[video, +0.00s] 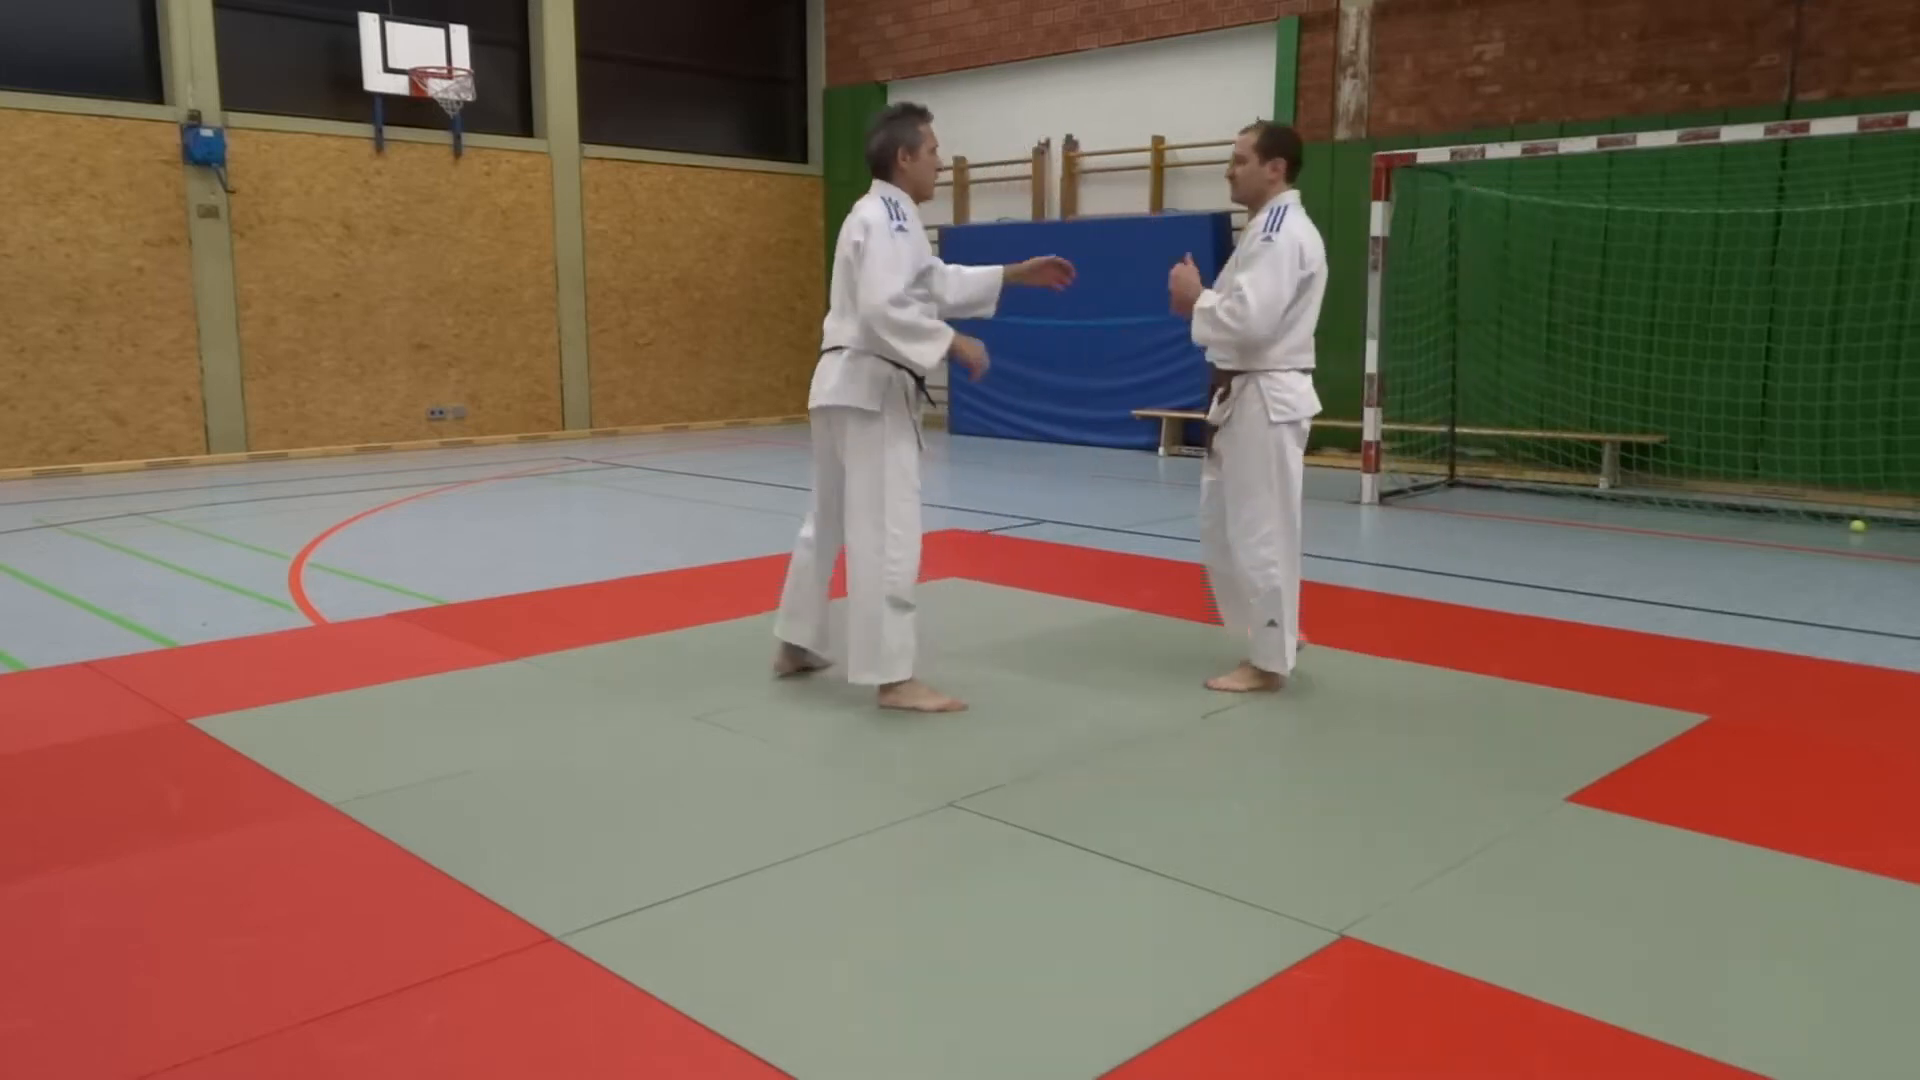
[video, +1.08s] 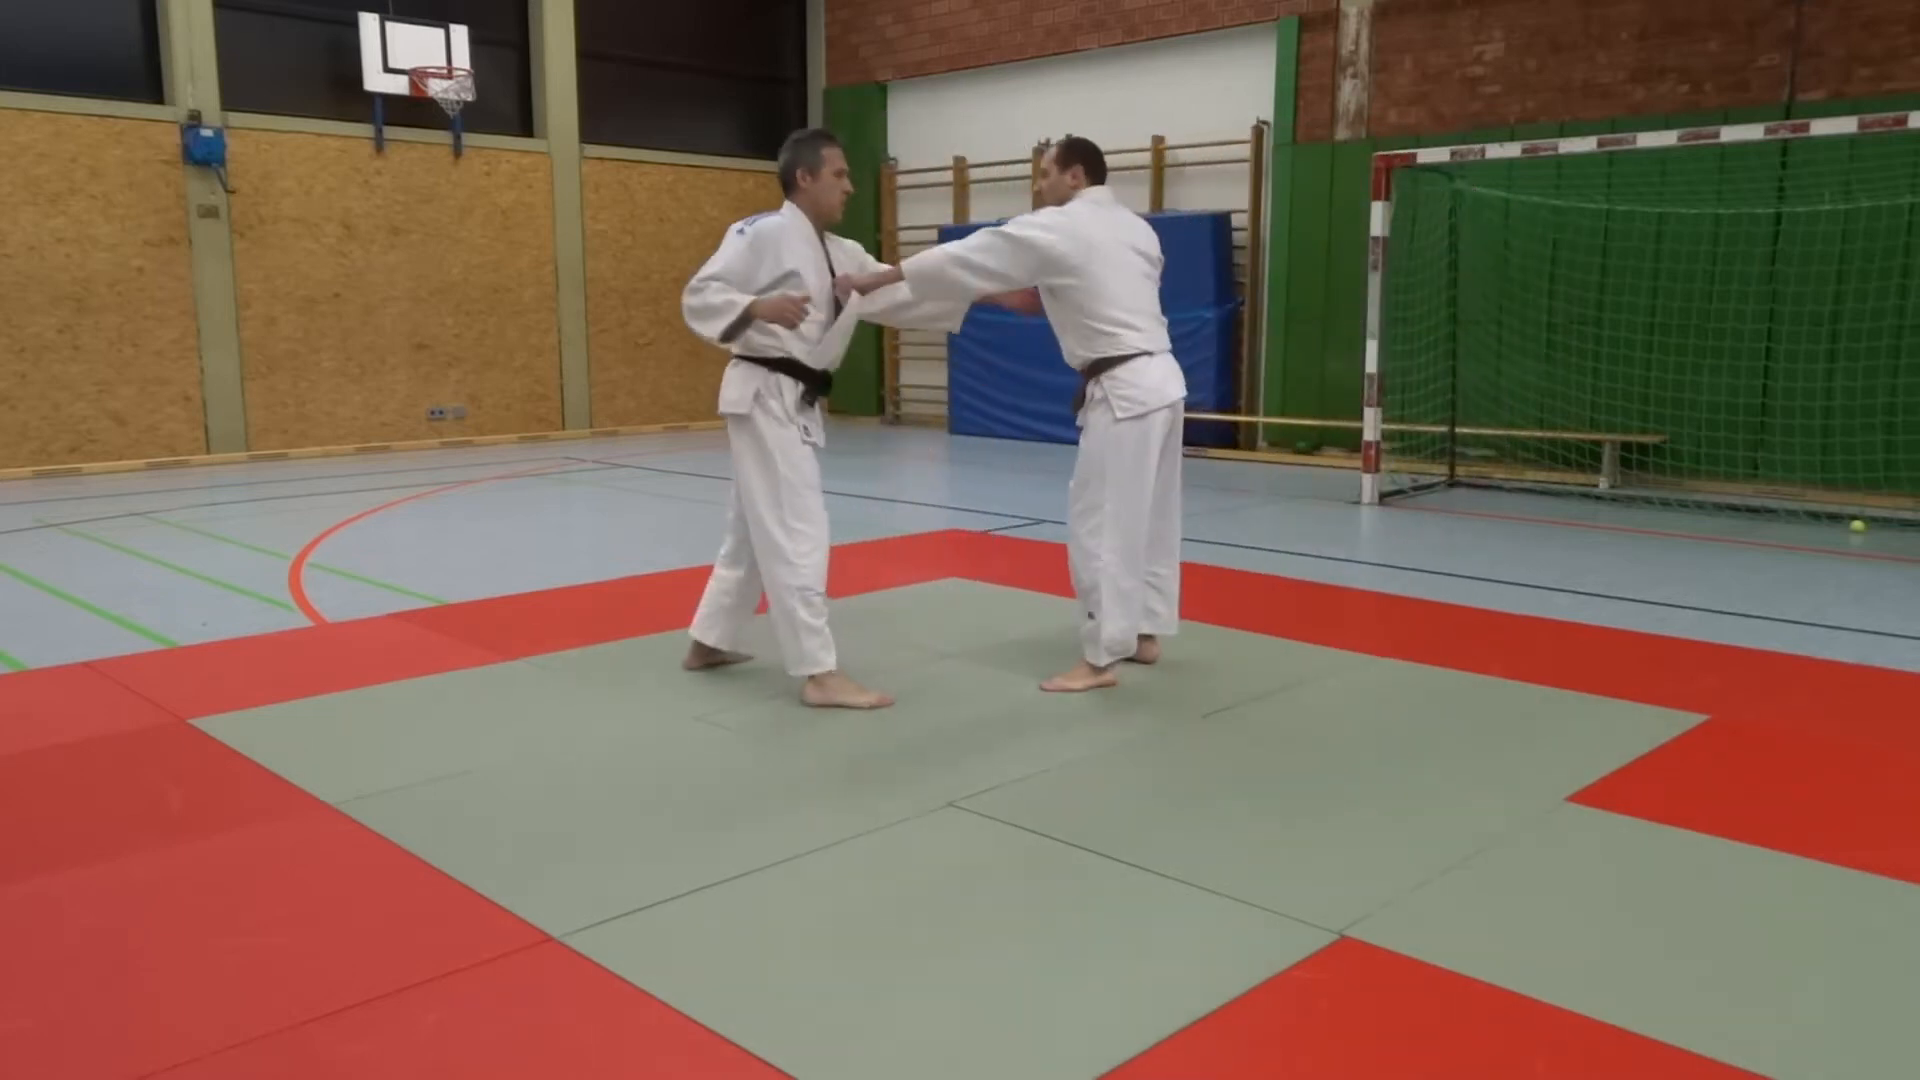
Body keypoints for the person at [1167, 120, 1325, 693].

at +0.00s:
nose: (1230, 171)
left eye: (1240, 162)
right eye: (1232, 161)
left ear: (1275, 169)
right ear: (1268, 170)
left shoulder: (1284, 233)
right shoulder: (1265, 228)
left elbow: (1252, 323)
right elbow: (1246, 310)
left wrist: (1197, 301)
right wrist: (1202, 300)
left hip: (1269, 395)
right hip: (1244, 392)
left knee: (1259, 529)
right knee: (1222, 526)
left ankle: (1269, 663)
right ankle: (1273, 635)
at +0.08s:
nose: (1217, 172)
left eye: (1227, 162)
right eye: (1218, 162)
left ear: (1262, 168)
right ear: (1254, 170)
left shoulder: (1273, 232)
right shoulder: (1248, 229)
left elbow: (1236, 320)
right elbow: (1228, 312)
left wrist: (1190, 285)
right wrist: (1189, 294)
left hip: (1257, 394)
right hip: (1226, 391)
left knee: (1256, 531)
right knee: (1201, 520)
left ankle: (1264, 664)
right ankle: (1218, 639)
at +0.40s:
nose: (1153, 175)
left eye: (1162, 165)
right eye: (1153, 166)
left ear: (1197, 169)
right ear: (1185, 171)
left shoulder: (1226, 233)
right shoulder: (1176, 237)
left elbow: (1196, 313)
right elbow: (1168, 322)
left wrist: (1149, 277)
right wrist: (1130, 302)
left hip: (1202, 393)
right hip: (1157, 392)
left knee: (1211, 528)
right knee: (1145, 520)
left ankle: (1256, 658)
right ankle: (1142, 639)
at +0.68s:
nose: (1096, 182)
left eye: (1104, 171)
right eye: (1095, 172)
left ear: (1139, 172)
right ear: (1130, 174)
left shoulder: (1177, 231)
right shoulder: (1126, 239)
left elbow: (1141, 304)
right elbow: (1091, 324)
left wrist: (1101, 271)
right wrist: (1082, 272)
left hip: (1160, 392)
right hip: (1122, 392)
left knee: (1125, 521)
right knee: (1116, 520)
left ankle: (1182, 632)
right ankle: (1143, 635)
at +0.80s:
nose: (1075, 185)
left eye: (1083, 173)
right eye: (1074, 175)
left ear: (1119, 174)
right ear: (1114, 177)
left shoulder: (1144, 226)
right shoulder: (1113, 232)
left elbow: (1089, 291)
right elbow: (1085, 317)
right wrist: (1068, 263)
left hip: (1147, 390)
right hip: (1128, 388)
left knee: (1107, 519)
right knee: (1132, 516)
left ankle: (1103, 655)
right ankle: (1140, 636)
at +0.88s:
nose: (1063, 183)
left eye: (1071, 173)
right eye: (1064, 173)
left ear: (1104, 176)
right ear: (1106, 180)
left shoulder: (1110, 225)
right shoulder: (1123, 226)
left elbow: (1027, 262)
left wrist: (920, 274)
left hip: (1140, 393)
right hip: (1149, 389)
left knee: (1108, 521)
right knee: (1139, 516)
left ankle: (1100, 657)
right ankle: (1140, 635)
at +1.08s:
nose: (1037, 186)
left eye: (1044, 176)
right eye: (1038, 176)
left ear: (1075, 176)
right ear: (1088, 178)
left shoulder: (1059, 227)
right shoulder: (1134, 227)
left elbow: (961, 257)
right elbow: (1066, 299)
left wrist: (877, 278)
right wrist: (977, 291)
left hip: (1123, 392)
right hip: (1166, 384)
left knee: (1094, 519)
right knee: (1150, 517)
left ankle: (1099, 660)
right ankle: (1144, 636)